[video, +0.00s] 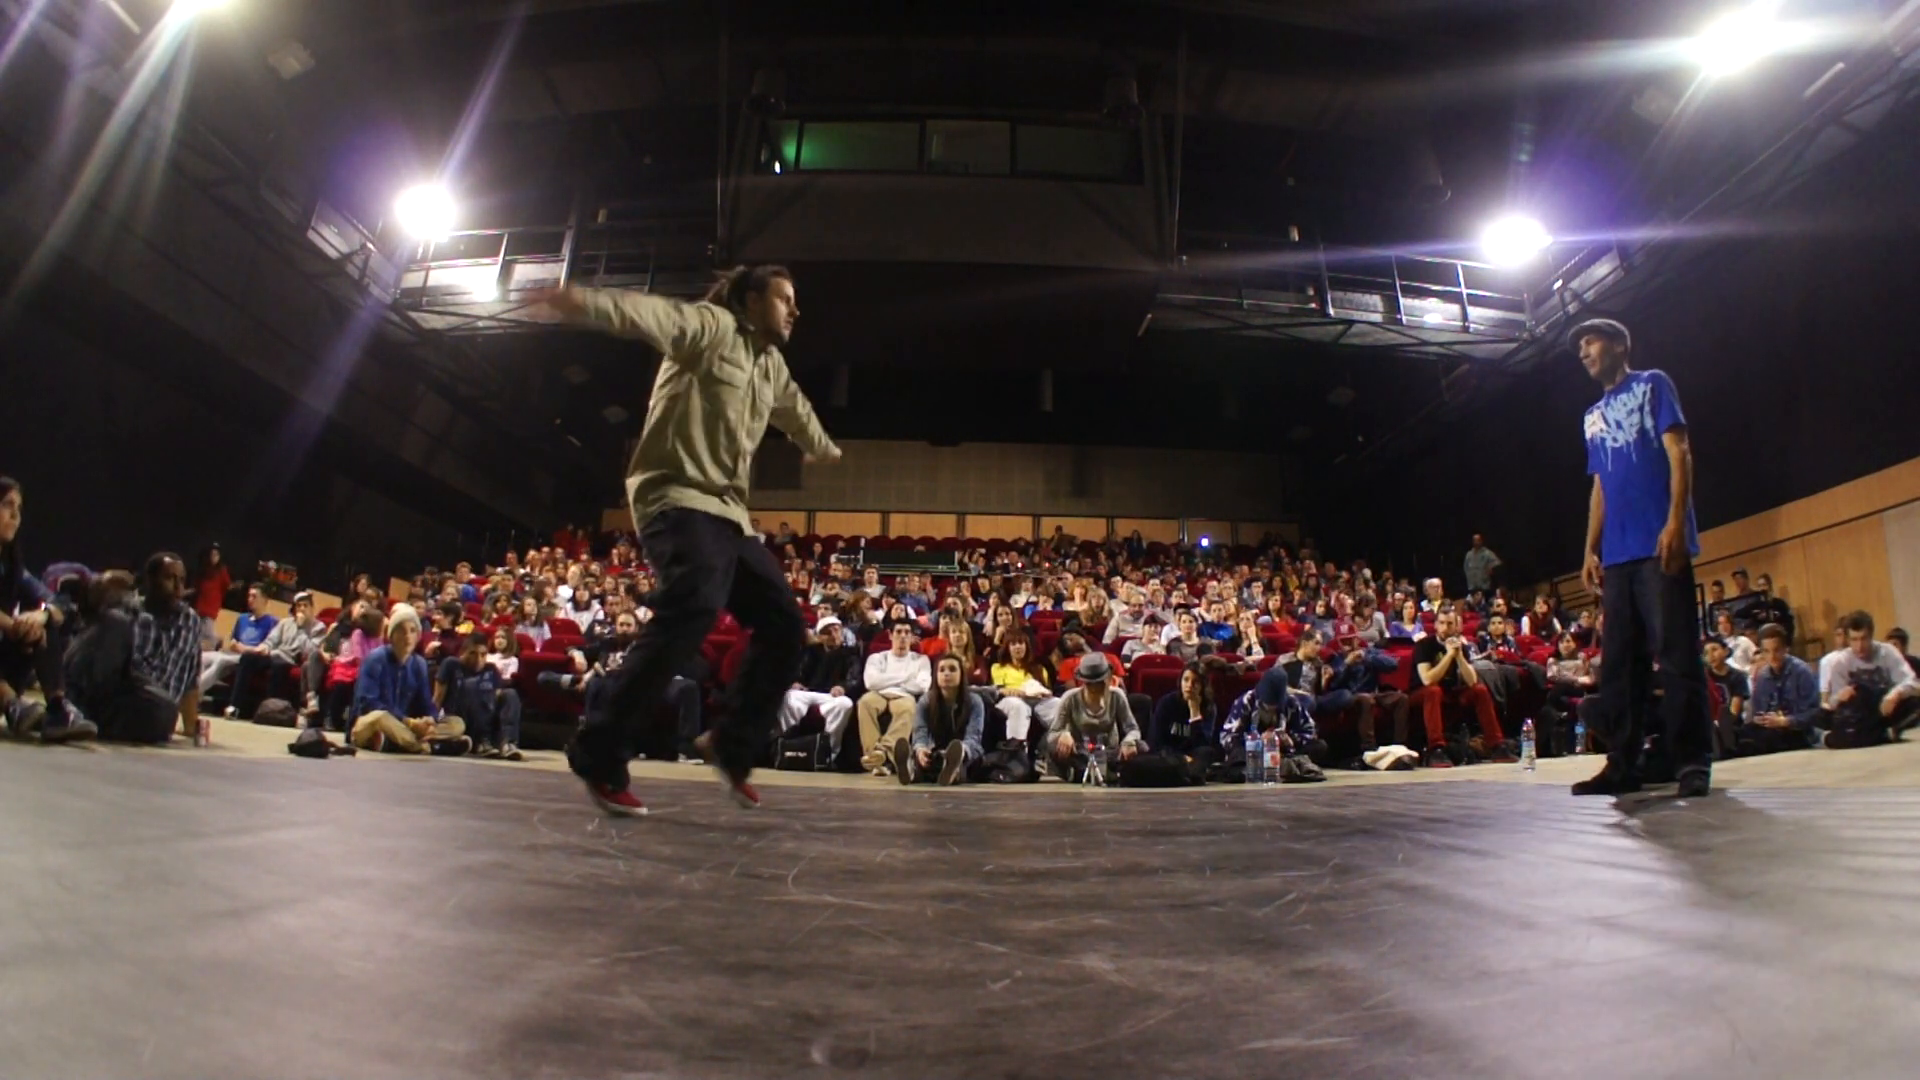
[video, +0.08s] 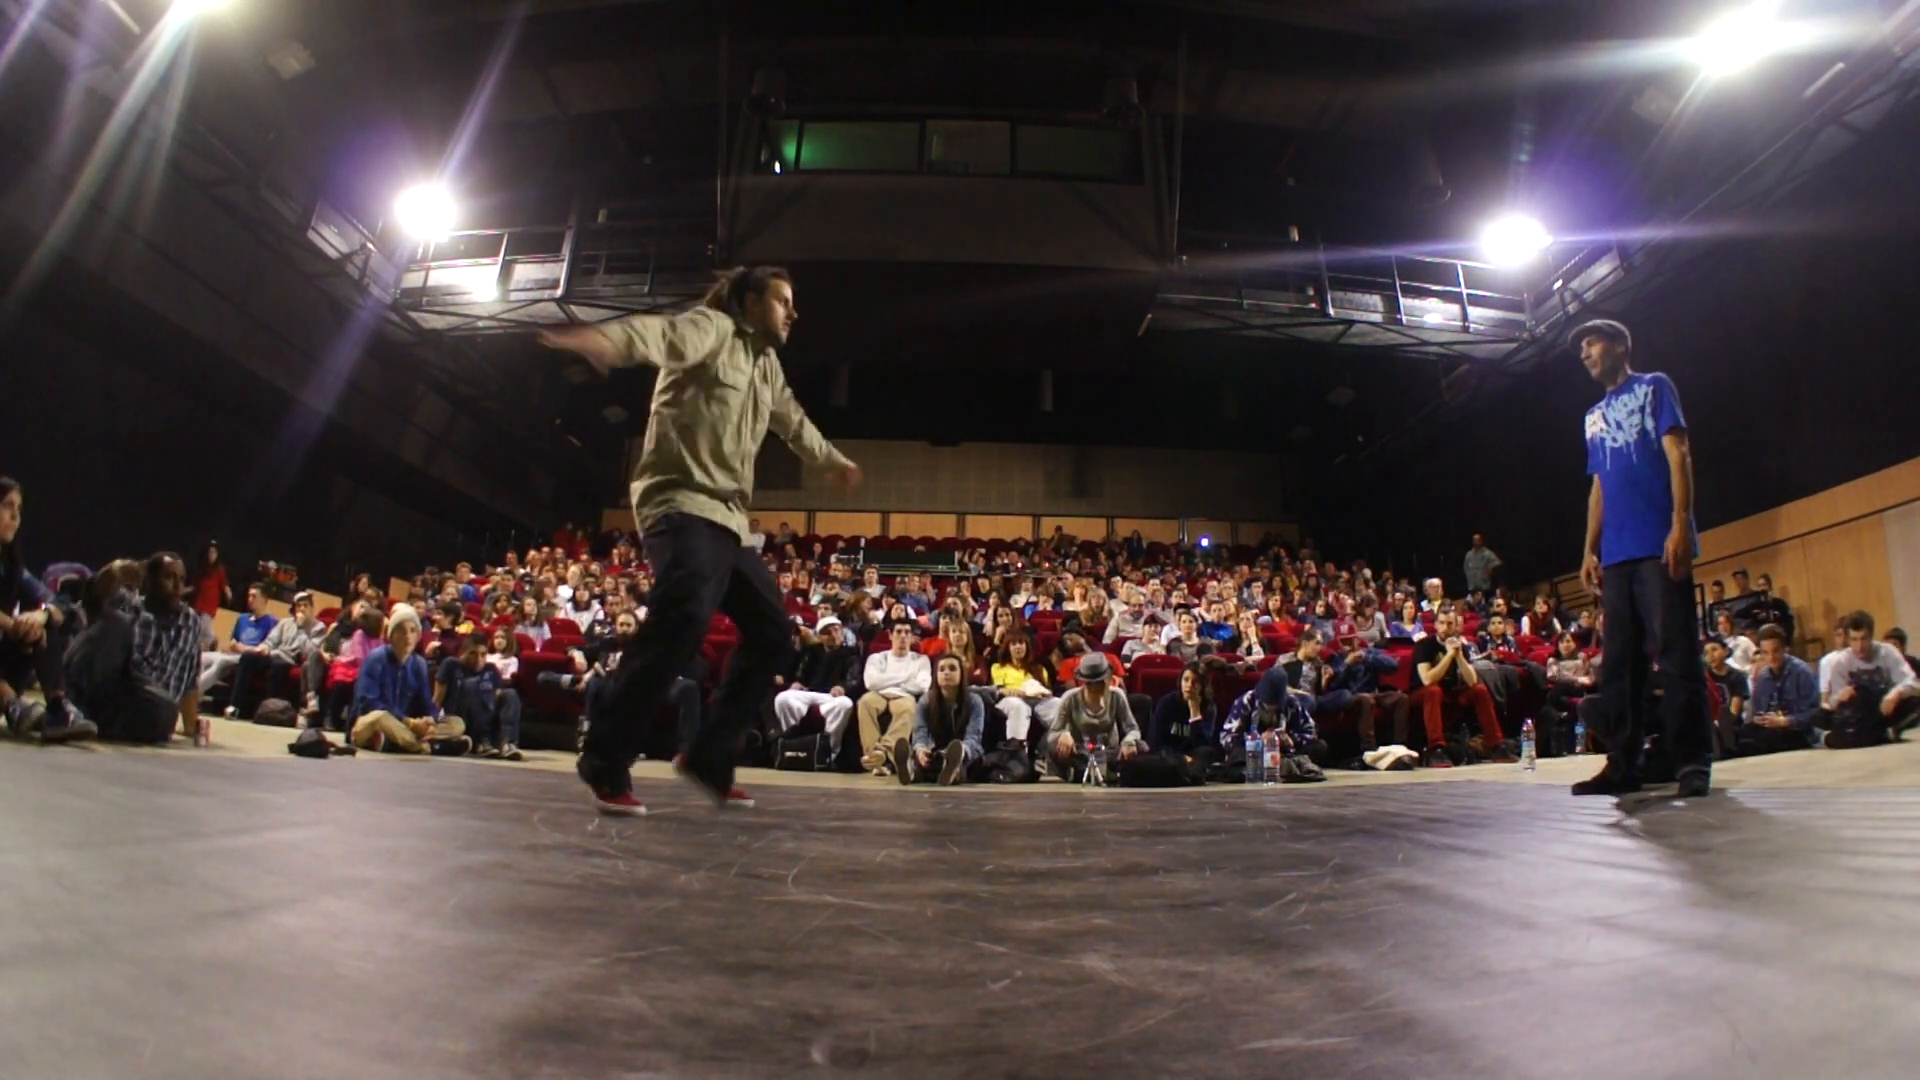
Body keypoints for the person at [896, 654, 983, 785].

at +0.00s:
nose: (947, 674)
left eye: (952, 669)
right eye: (942, 670)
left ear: (961, 674)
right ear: (936, 674)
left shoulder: (974, 701)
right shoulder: (925, 701)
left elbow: (974, 738)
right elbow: (920, 730)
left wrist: (962, 751)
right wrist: (920, 747)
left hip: (962, 751)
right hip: (934, 750)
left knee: (955, 762)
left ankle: (949, 773)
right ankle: (911, 768)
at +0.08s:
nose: (947, 673)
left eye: (952, 669)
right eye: (942, 669)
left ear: (961, 674)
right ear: (935, 674)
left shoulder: (974, 701)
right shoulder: (925, 701)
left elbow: (974, 738)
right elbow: (920, 731)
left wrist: (961, 751)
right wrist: (920, 748)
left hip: (963, 750)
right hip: (934, 749)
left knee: (955, 761)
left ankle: (949, 773)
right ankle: (911, 768)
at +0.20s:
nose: (946, 673)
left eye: (952, 668)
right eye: (941, 669)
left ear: (961, 673)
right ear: (935, 674)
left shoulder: (974, 701)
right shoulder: (925, 701)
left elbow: (973, 738)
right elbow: (920, 732)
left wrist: (962, 751)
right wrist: (919, 746)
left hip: (962, 751)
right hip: (933, 751)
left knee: (955, 762)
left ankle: (949, 773)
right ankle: (910, 768)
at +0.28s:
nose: (946, 673)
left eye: (951, 669)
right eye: (941, 670)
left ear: (961, 674)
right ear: (935, 675)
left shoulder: (974, 701)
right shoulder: (925, 702)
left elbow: (974, 737)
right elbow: (922, 735)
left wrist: (962, 751)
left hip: (963, 749)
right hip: (935, 749)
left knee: (956, 762)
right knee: (927, 759)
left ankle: (949, 773)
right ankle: (912, 768)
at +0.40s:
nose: (946, 674)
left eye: (951, 669)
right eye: (941, 670)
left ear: (961, 674)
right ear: (935, 675)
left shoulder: (974, 701)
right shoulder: (925, 701)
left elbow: (974, 737)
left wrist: (962, 752)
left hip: (963, 750)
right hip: (935, 750)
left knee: (956, 763)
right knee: (926, 761)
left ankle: (950, 773)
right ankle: (912, 769)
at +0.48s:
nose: (946, 674)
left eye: (951, 670)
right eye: (941, 671)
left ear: (961, 674)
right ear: (935, 675)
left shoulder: (974, 701)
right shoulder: (925, 700)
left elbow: (973, 737)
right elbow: (923, 732)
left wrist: (962, 752)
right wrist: (936, 749)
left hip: (963, 749)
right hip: (935, 750)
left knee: (957, 762)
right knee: (925, 761)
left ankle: (950, 773)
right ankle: (911, 769)